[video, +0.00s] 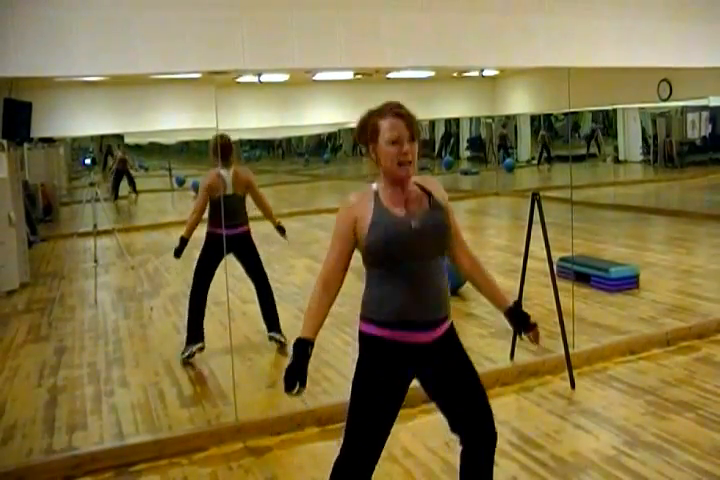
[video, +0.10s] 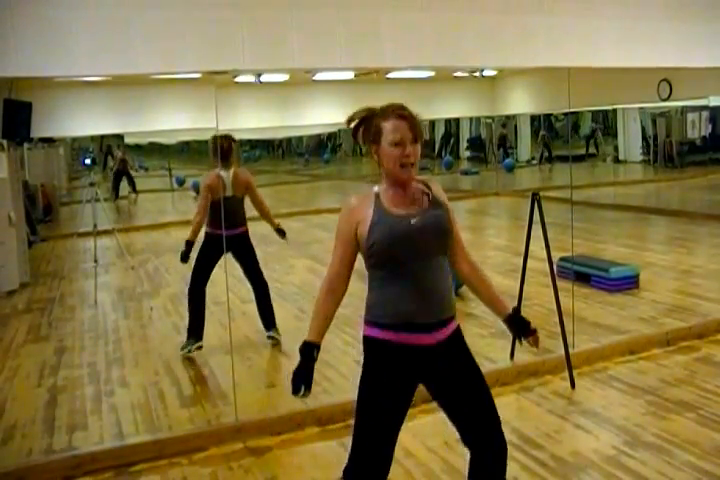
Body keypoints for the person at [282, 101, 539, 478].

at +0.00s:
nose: (406, 150)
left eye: (410, 140)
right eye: (394, 141)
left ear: (418, 145)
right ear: (372, 151)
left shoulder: (432, 192)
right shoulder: (357, 208)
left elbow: (464, 260)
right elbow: (328, 284)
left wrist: (511, 309)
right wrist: (302, 349)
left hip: (440, 341)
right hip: (384, 346)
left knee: (481, 435)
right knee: (359, 457)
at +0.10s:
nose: (408, 152)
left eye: (413, 142)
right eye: (397, 143)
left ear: (421, 146)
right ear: (375, 151)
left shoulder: (434, 197)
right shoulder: (359, 209)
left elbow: (464, 267)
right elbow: (335, 283)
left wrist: (510, 316)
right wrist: (309, 352)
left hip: (446, 344)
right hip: (389, 350)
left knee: (490, 447)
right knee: (369, 464)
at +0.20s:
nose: (413, 177)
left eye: (418, 167)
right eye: (402, 168)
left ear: (425, 171)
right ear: (380, 175)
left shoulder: (440, 228)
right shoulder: (365, 236)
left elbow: (469, 294)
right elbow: (341, 310)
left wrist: (512, 344)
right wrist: (314, 378)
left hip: (451, 375)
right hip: (394, 382)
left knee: (498, 468)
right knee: (377, 478)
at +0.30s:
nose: (415, 186)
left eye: (420, 177)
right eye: (404, 178)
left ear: (428, 182)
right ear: (382, 187)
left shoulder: (446, 239)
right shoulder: (368, 251)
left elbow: (471, 310)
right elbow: (346, 332)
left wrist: (503, 370)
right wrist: (324, 398)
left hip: (455, 385)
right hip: (396, 394)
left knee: (510, 467)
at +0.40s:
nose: (419, 176)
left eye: (424, 166)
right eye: (407, 168)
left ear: (431, 172)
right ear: (385, 177)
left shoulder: (448, 229)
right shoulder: (371, 241)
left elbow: (466, 309)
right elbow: (352, 324)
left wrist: (492, 374)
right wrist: (336, 397)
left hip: (456, 380)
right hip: (396, 387)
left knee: (505, 472)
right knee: (378, 479)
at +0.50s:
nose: (424, 166)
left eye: (428, 157)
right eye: (411, 159)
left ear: (436, 163)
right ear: (388, 169)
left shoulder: (452, 223)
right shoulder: (374, 237)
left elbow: (467, 302)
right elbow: (354, 322)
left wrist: (492, 371)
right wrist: (339, 396)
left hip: (458, 377)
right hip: (397, 383)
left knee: (503, 472)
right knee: (375, 479)